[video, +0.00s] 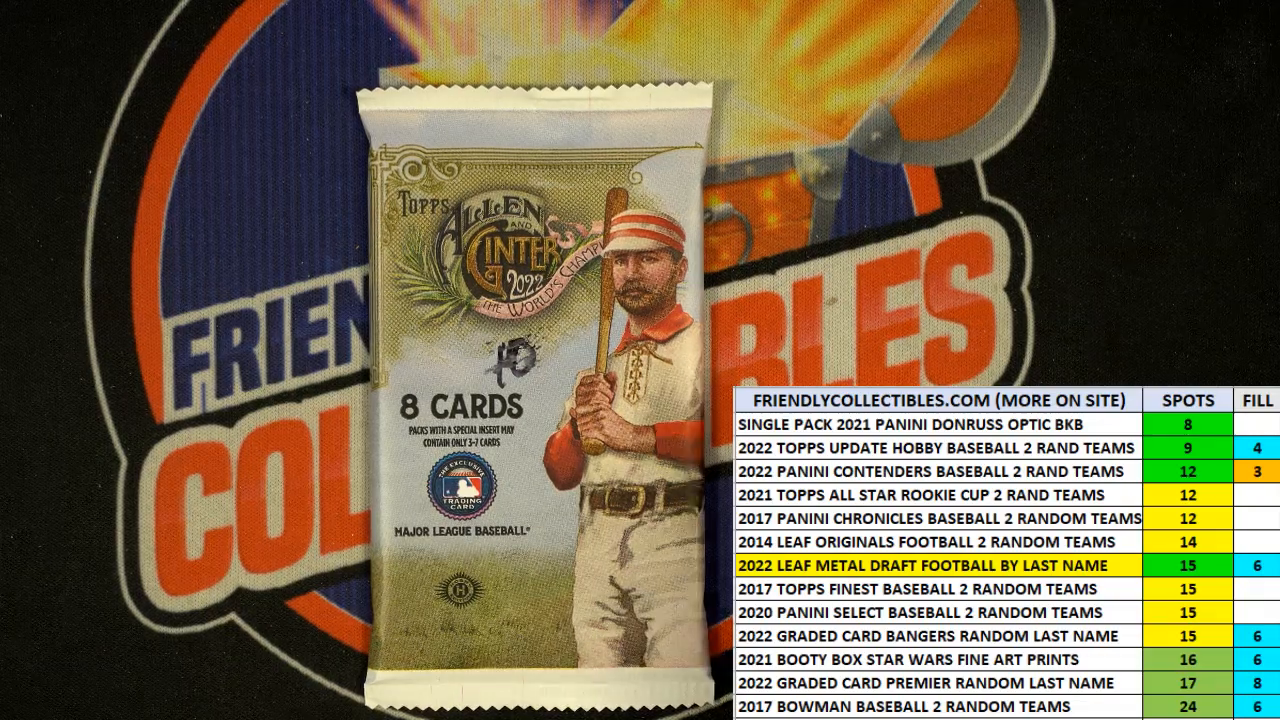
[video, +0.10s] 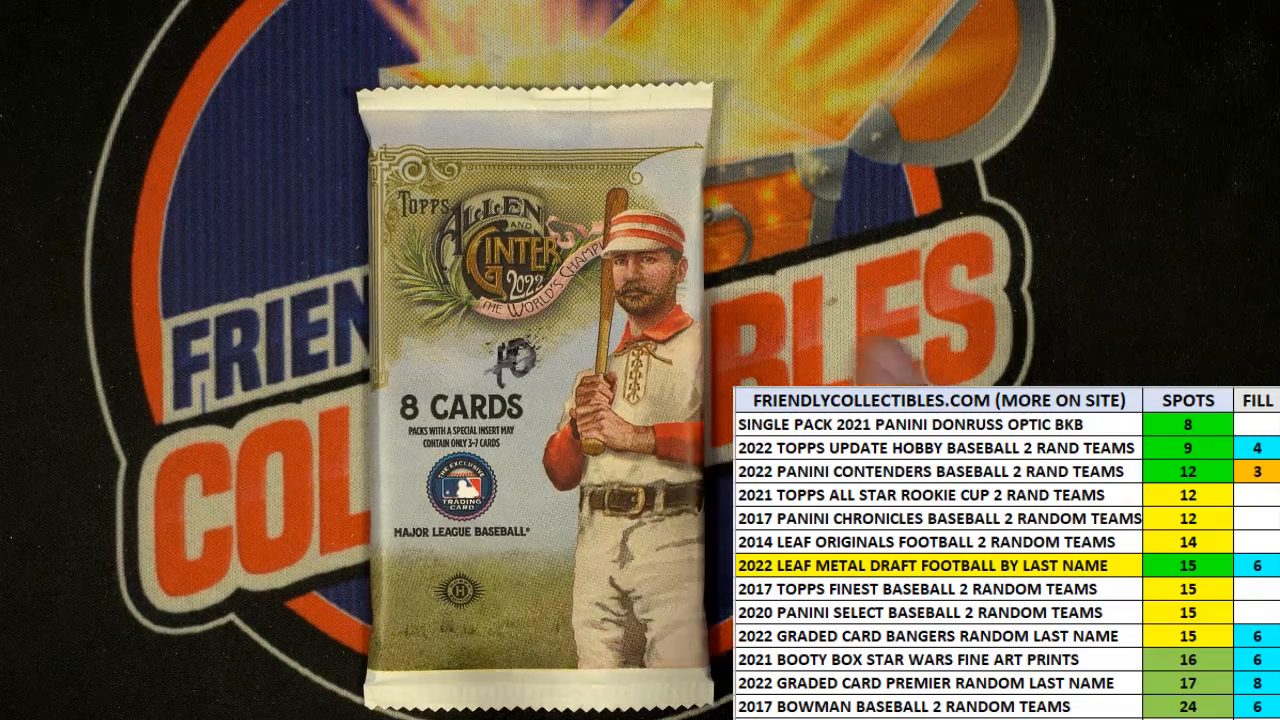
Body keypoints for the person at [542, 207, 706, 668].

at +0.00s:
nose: (631, 273)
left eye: (647, 259)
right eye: (620, 260)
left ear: (678, 269)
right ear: (609, 273)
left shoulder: (706, 345)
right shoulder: (604, 364)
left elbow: (726, 436)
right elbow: (561, 475)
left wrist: (635, 436)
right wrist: (576, 421)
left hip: (672, 527)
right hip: (598, 530)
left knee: (678, 683)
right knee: (601, 688)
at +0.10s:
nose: (631, 274)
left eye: (647, 259)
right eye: (620, 261)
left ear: (678, 270)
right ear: (609, 272)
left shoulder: (705, 346)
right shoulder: (604, 365)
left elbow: (726, 437)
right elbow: (561, 476)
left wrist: (634, 436)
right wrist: (576, 423)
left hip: (672, 528)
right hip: (597, 531)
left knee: (677, 683)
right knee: (601, 689)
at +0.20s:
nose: (630, 274)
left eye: (647, 259)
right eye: (619, 261)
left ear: (679, 270)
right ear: (609, 273)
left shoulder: (706, 345)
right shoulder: (603, 364)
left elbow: (725, 436)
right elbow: (560, 475)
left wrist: (635, 436)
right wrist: (577, 424)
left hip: (672, 529)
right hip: (597, 531)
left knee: (682, 682)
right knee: (605, 683)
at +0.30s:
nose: (631, 274)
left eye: (647, 259)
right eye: (620, 260)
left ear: (678, 270)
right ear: (609, 272)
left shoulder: (705, 346)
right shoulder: (604, 364)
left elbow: (725, 437)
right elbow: (560, 476)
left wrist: (632, 436)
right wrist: (577, 423)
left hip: (673, 529)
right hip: (597, 531)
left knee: (677, 684)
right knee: (599, 688)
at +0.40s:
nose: (631, 274)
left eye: (647, 259)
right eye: (620, 260)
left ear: (678, 269)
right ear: (609, 272)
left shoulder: (705, 346)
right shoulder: (606, 363)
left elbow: (726, 437)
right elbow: (561, 476)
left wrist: (634, 436)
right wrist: (576, 420)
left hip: (673, 529)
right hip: (598, 531)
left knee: (678, 683)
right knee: (601, 688)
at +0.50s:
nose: (631, 274)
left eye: (647, 259)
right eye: (619, 261)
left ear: (678, 269)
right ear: (608, 273)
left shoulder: (705, 346)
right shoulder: (603, 365)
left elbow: (727, 438)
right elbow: (561, 476)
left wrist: (635, 436)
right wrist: (577, 422)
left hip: (674, 530)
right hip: (598, 531)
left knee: (678, 683)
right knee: (600, 687)